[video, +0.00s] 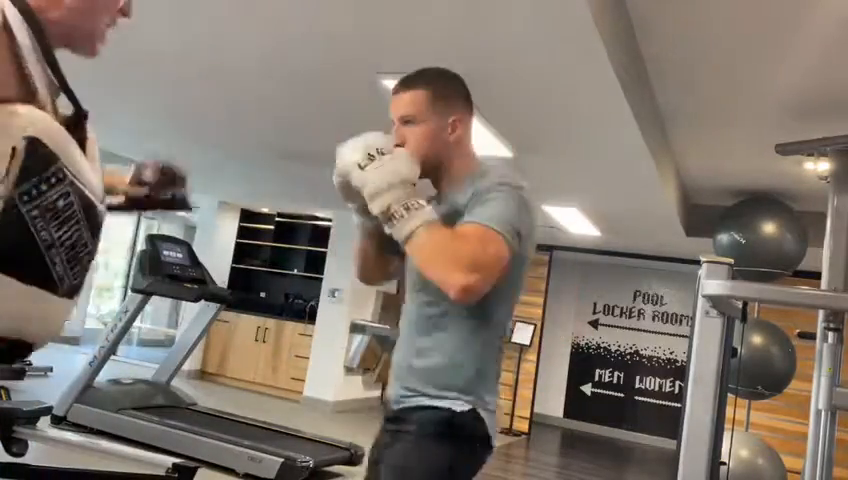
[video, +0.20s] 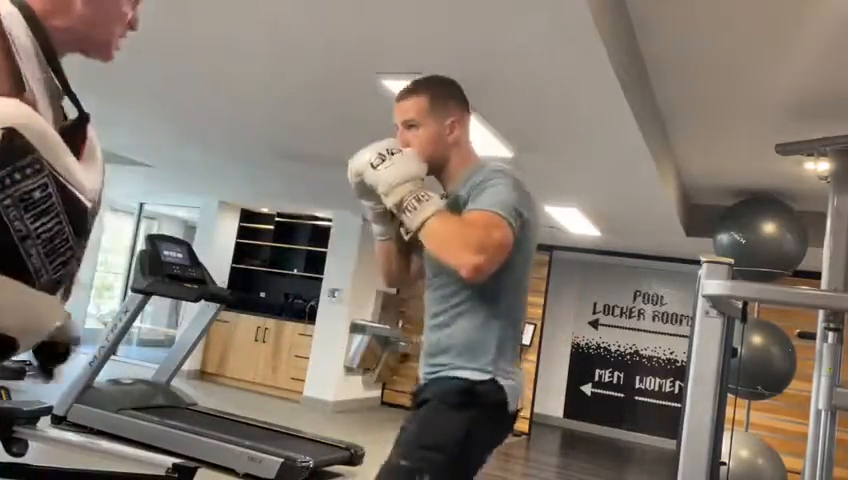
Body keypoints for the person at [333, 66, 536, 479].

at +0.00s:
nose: (395, 137)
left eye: (409, 122)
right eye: (394, 124)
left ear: (455, 126)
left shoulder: (502, 197)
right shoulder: (433, 201)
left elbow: (464, 278)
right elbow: (374, 272)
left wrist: (403, 205)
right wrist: (372, 209)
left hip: (449, 418)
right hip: (406, 409)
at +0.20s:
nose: (400, 141)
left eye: (412, 127)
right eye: (398, 129)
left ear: (454, 126)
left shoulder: (500, 184)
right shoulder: (449, 199)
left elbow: (474, 257)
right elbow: (395, 277)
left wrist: (407, 192)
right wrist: (382, 211)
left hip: (474, 391)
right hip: (442, 386)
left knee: (401, 472)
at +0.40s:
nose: (413, 152)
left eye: (426, 136)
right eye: (411, 138)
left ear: (465, 139)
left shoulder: (512, 194)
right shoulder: (455, 212)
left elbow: (506, 264)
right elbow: (406, 290)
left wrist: (432, 208)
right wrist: (391, 225)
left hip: (484, 397)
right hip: (442, 393)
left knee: (421, 473)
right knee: (396, 472)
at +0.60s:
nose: (433, 128)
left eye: (447, 114)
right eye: (431, 116)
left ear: (488, 120)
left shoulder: (530, 181)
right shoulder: (456, 200)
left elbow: (527, 254)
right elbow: (404, 276)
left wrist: (454, 185)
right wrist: (396, 209)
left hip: (499, 383)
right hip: (453, 381)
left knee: (437, 469)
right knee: (424, 469)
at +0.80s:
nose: (443, 145)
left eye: (458, 130)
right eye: (442, 132)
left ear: (504, 138)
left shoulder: (547, 212)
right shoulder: (469, 216)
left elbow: (539, 305)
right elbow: (417, 307)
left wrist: (458, 229)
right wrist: (401, 245)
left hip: (512, 435)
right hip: (455, 426)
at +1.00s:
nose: (465, 94)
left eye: (480, 76)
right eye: (464, 80)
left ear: (533, 77)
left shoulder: (583, 150)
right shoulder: (512, 174)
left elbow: (552, 220)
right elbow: (451, 270)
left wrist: (465, 146)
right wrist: (431, 187)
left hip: (541, 410)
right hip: (493, 401)